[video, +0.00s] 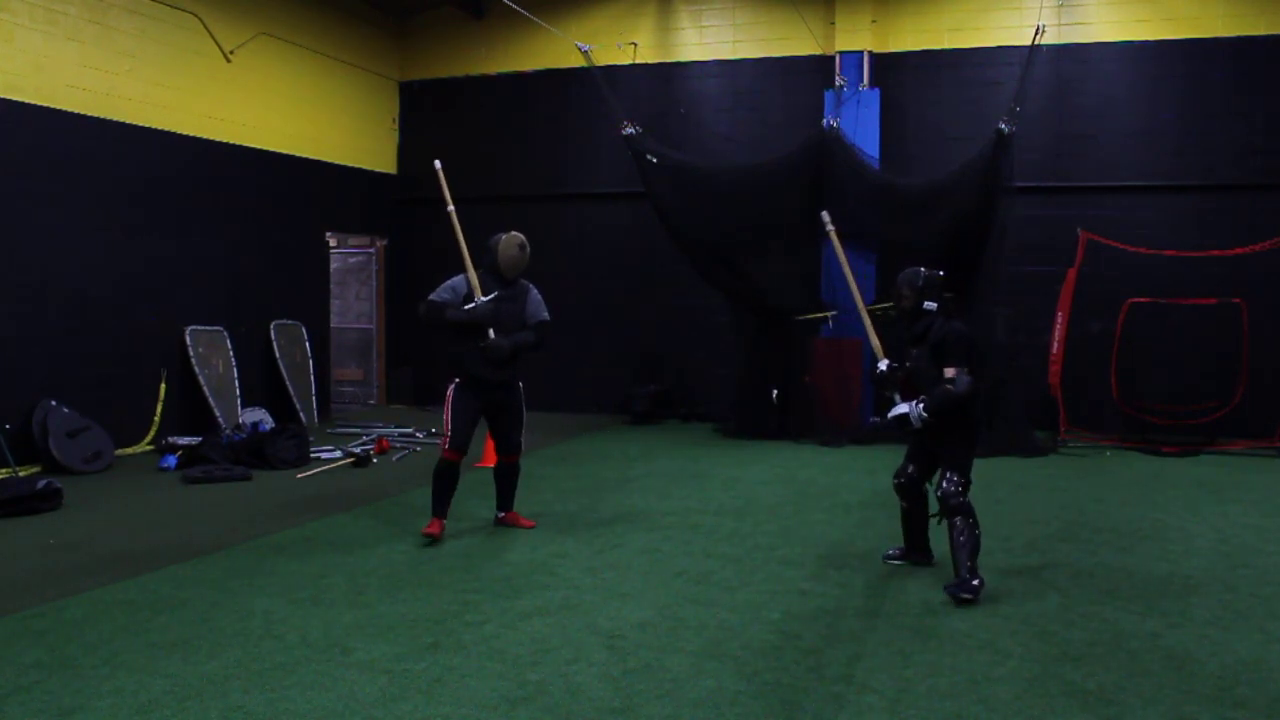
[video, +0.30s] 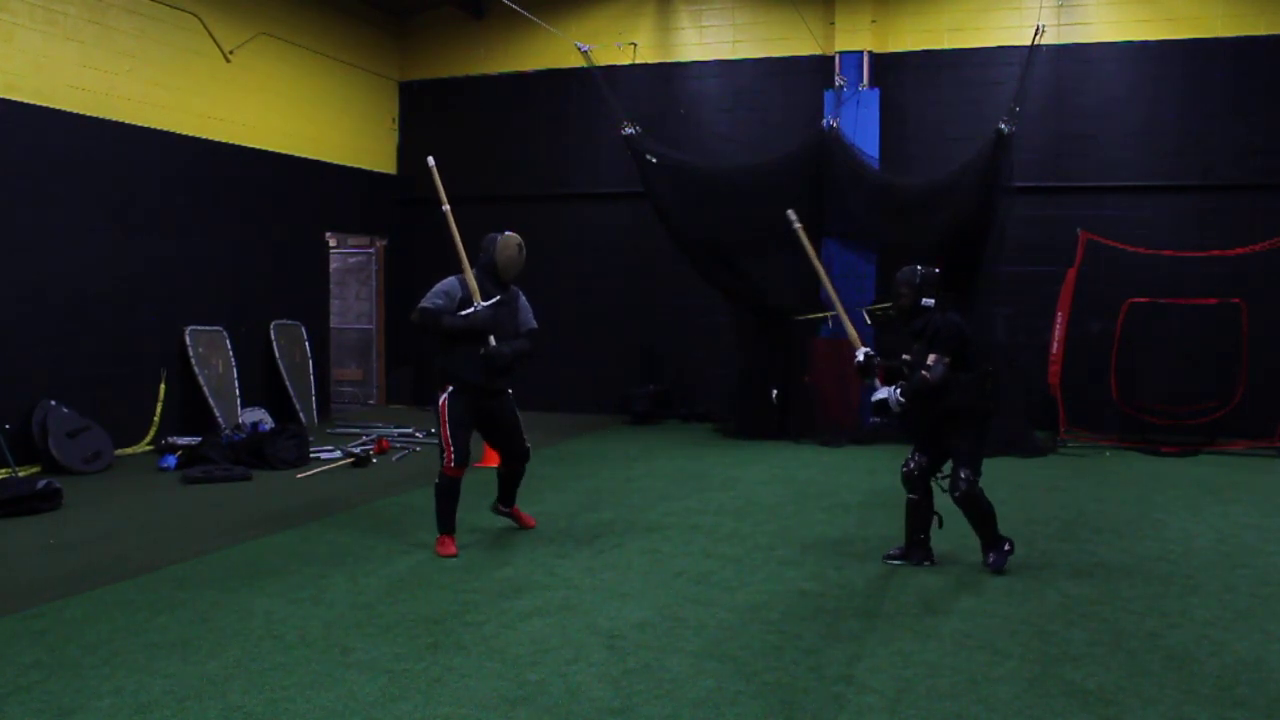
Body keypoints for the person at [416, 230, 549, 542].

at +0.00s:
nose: (515, 260)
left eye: (520, 255)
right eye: (509, 253)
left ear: (524, 261)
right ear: (493, 255)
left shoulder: (527, 293)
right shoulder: (467, 284)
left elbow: (542, 332)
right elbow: (430, 309)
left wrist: (508, 344)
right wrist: (469, 313)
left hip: (507, 384)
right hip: (467, 381)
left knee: (510, 451)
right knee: (453, 450)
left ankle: (505, 512)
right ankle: (438, 518)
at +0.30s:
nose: (515, 261)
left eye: (518, 254)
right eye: (508, 253)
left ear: (518, 261)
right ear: (489, 255)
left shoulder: (515, 297)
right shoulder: (457, 287)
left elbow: (530, 337)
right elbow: (423, 316)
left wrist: (505, 351)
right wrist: (469, 319)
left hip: (494, 389)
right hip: (456, 388)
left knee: (517, 453)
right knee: (454, 461)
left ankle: (505, 504)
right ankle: (446, 535)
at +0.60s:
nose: (528, 263)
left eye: (529, 256)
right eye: (523, 255)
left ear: (516, 259)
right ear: (504, 256)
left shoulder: (516, 299)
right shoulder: (467, 287)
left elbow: (530, 344)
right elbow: (440, 321)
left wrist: (519, 359)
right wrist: (492, 327)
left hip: (494, 392)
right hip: (457, 391)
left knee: (510, 467)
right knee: (455, 469)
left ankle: (522, 539)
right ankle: (446, 538)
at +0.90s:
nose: (556, 283)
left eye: (558, 275)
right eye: (551, 274)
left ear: (548, 276)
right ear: (532, 271)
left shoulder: (541, 315)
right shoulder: (490, 300)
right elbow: (473, 340)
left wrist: (542, 372)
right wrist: (531, 343)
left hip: (507, 407)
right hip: (468, 404)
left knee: (535, 472)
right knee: (455, 476)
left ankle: (524, 550)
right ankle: (417, 545)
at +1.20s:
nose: (547, 298)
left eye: (549, 291)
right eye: (543, 289)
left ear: (525, 285)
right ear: (525, 285)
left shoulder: (526, 325)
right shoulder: (488, 311)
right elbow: (464, 345)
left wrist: (526, 398)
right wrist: (519, 361)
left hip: (492, 417)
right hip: (457, 416)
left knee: (534, 476)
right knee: (442, 501)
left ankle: (523, 552)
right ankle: (396, 577)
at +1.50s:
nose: (538, 285)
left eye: (539, 277)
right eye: (533, 276)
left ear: (514, 275)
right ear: (515, 274)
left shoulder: (514, 317)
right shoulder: (482, 303)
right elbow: (456, 341)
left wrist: (517, 391)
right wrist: (509, 357)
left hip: (474, 417)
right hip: (443, 415)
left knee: (508, 481)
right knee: (427, 501)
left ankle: (483, 560)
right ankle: (380, 582)